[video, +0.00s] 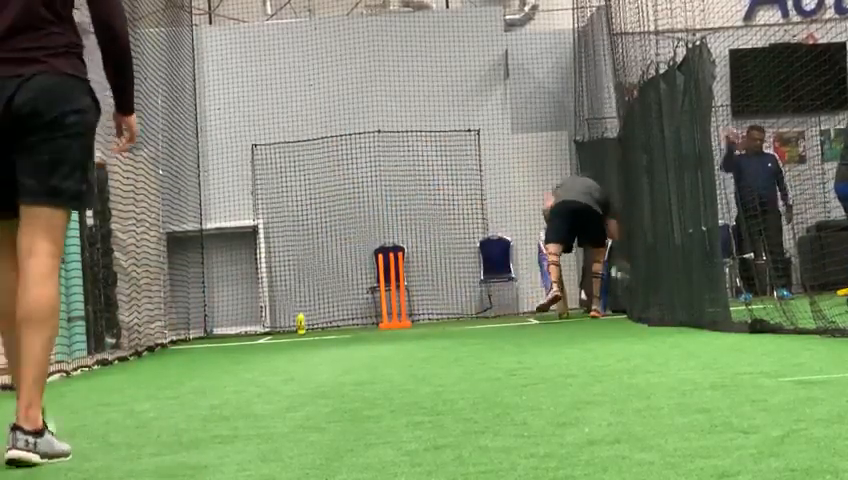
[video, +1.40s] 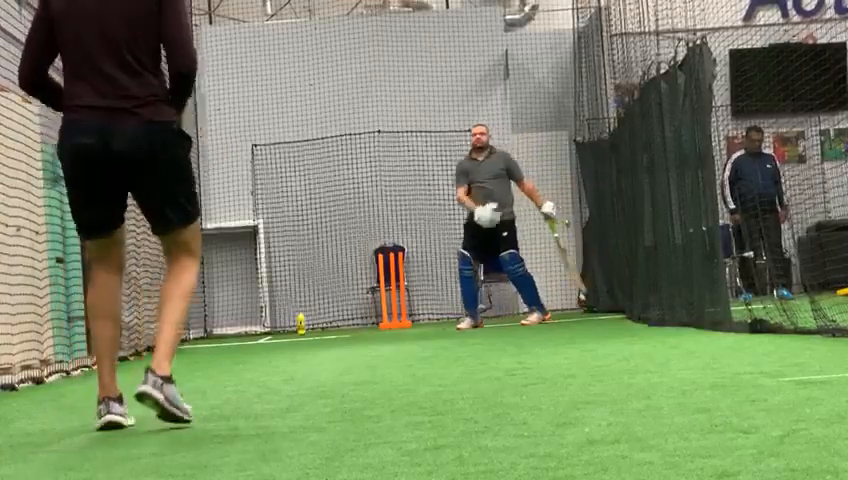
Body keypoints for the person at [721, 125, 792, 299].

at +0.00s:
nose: (758, 143)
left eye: (761, 140)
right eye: (754, 139)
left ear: (764, 141)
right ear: (746, 140)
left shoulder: (770, 159)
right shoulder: (738, 159)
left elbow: (781, 183)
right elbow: (726, 167)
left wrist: (787, 204)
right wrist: (730, 148)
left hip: (770, 211)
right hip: (746, 212)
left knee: (776, 248)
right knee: (745, 252)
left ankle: (782, 286)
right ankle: (749, 289)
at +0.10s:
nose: (759, 144)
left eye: (762, 141)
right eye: (755, 140)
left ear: (765, 141)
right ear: (749, 141)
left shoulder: (772, 158)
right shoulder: (740, 157)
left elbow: (780, 182)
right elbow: (731, 172)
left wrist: (786, 203)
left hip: (770, 209)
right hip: (748, 210)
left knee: (775, 247)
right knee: (746, 250)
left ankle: (781, 286)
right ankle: (749, 289)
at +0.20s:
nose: (761, 143)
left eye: (764, 140)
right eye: (757, 140)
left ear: (766, 141)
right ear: (749, 140)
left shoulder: (772, 158)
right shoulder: (742, 158)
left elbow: (780, 180)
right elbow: (739, 180)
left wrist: (785, 201)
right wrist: (751, 198)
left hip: (771, 206)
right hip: (750, 207)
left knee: (775, 245)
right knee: (748, 247)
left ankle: (780, 285)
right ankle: (749, 288)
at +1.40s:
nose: (758, 144)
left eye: (760, 141)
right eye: (754, 141)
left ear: (763, 141)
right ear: (745, 141)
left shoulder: (770, 158)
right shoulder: (735, 160)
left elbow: (778, 183)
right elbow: (726, 185)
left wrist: (782, 205)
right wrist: (732, 209)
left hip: (770, 211)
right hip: (746, 213)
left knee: (775, 248)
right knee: (747, 251)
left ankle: (780, 285)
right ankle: (748, 289)